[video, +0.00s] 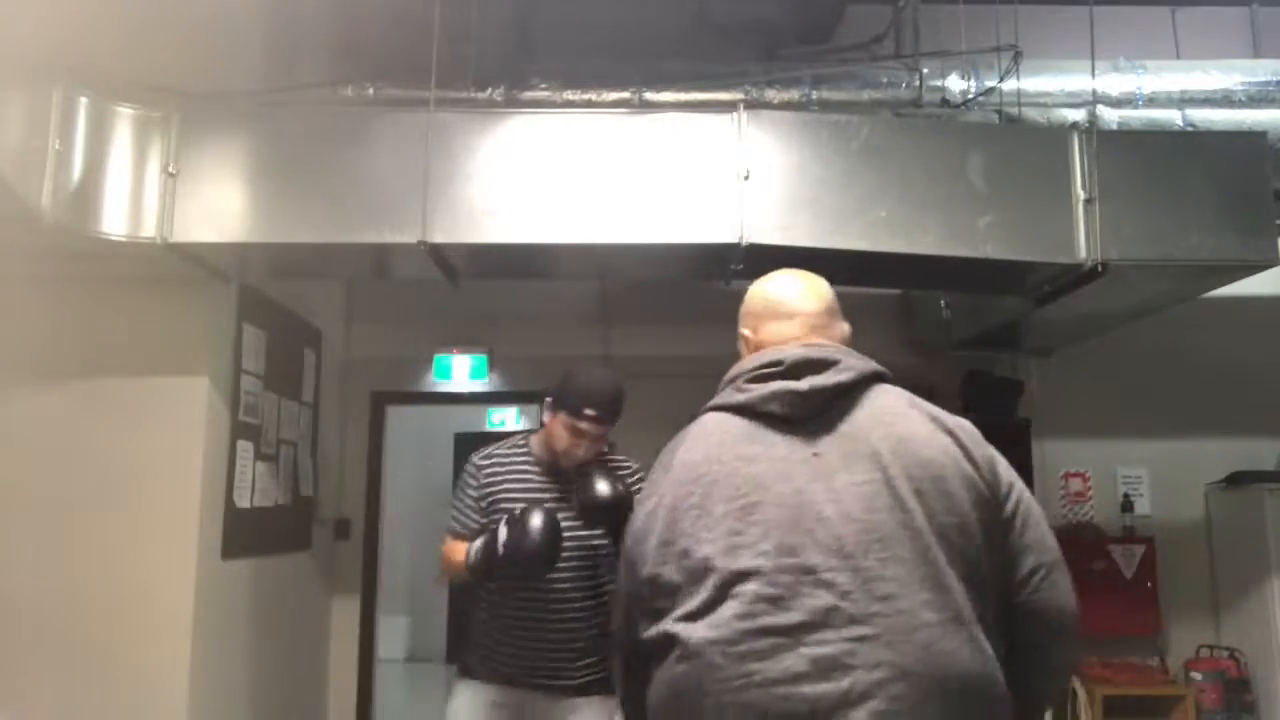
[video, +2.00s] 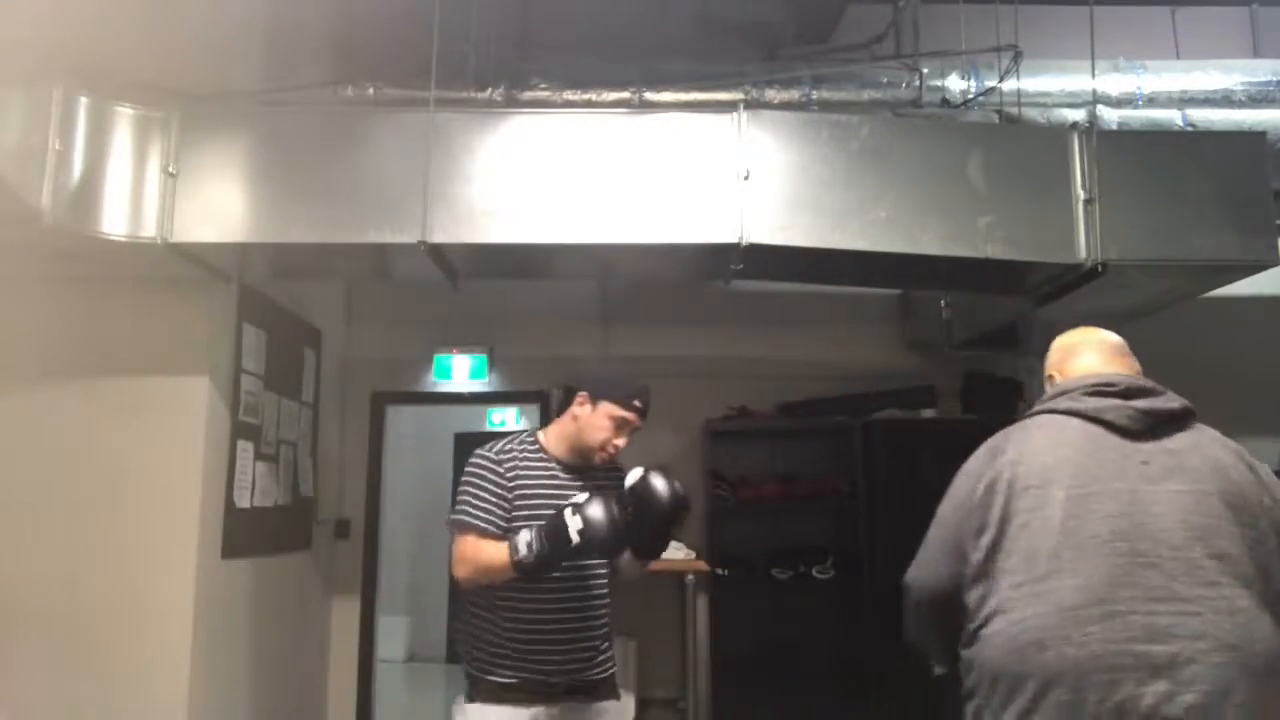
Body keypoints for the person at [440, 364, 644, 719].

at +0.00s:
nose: (585, 450)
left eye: (597, 439)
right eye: (576, 434)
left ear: (610, 434)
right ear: (549, 413)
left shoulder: (624, 476)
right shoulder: (487, 467)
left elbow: (656, 565)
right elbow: (450, 558)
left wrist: (623, 521)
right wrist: (493, 548)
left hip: (589, 691)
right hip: (494, 683)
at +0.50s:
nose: (575, 453)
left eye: (588, 441)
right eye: (564, 440)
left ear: (603, 435)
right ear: (544, 431)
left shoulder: (638, 479)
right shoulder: (515, 489)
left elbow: (671, 553)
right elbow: (493, 583)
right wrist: (527, 539)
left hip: (626, 674)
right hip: (550, 680)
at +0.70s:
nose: (597, 435)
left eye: (609, 424)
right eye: (587, 422)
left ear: (622, 417)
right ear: (567, 414)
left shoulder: (657, 461)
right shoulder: (535, 471)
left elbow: (706, 541)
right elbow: (508, 559)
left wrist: (680, 532)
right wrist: (547, 510)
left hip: (638, 665)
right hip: (564, 668)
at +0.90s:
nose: (634, 449)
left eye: (645, 438)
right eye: (623, 435)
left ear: (657, 433)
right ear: (599, 422)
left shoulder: (674, 475)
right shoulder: (558, 475)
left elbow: (727, 554)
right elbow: (530, 559)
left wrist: (713, 501)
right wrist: (582, 507)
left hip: (663, 688)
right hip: (579, 687)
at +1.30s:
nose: (604, 444)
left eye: (614, 435)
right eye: (595, 431)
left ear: (624, 432)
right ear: (566, 419)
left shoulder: (639, 473)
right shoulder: (520, 471)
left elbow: (670, 559)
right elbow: (502, 554)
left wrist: (676, 499)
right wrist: (559, 498)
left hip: (629, 682)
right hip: (543, 683)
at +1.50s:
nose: (571, 446)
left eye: (581, 437)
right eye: (562, 432)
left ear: (591, 432)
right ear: (532, 417)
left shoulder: (601, 469)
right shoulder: (480, 473)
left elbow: (619, 559)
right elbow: (473, 560)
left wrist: (635, 538)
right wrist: (529, 509)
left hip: (592, 683)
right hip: (510, 687)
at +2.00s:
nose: (622, 443)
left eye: (630, 433)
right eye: (618, 425)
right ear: (581, 404)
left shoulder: (610, 475)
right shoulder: (496, 462)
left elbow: (625, 570)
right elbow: (467, 565)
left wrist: (651, 532)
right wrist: (562, 533)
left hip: (593, 692)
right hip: (508, 694)